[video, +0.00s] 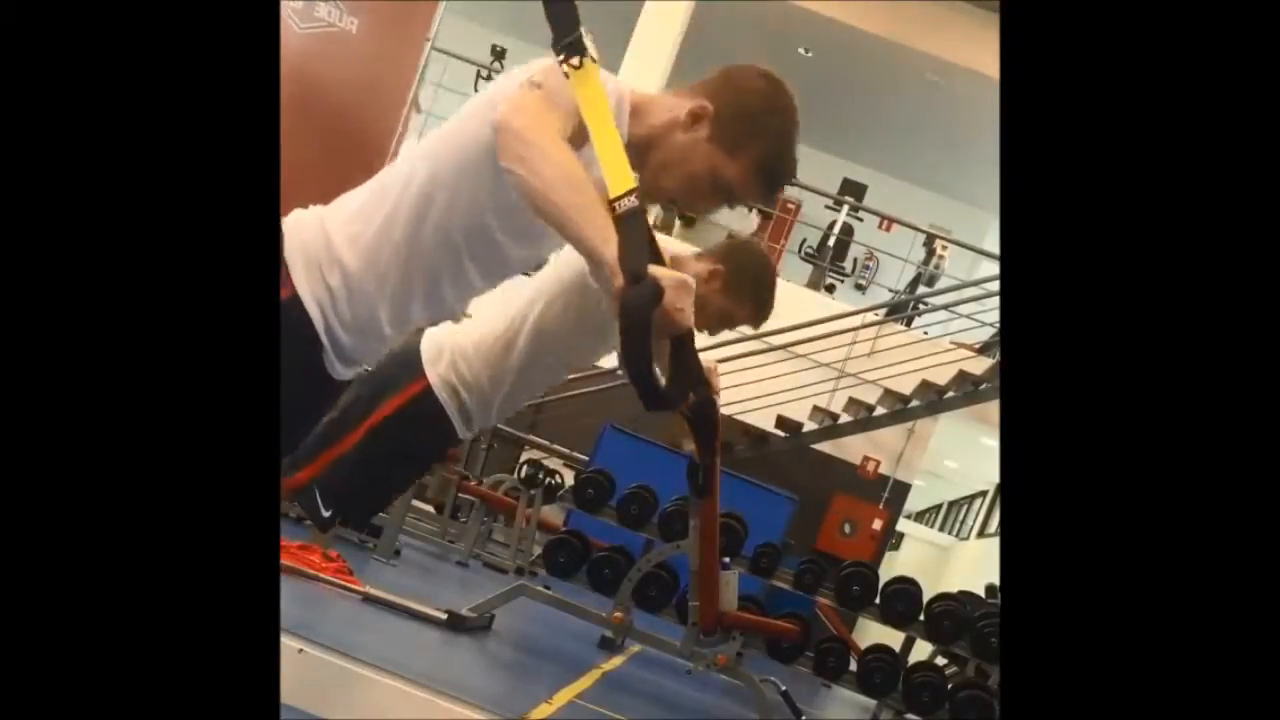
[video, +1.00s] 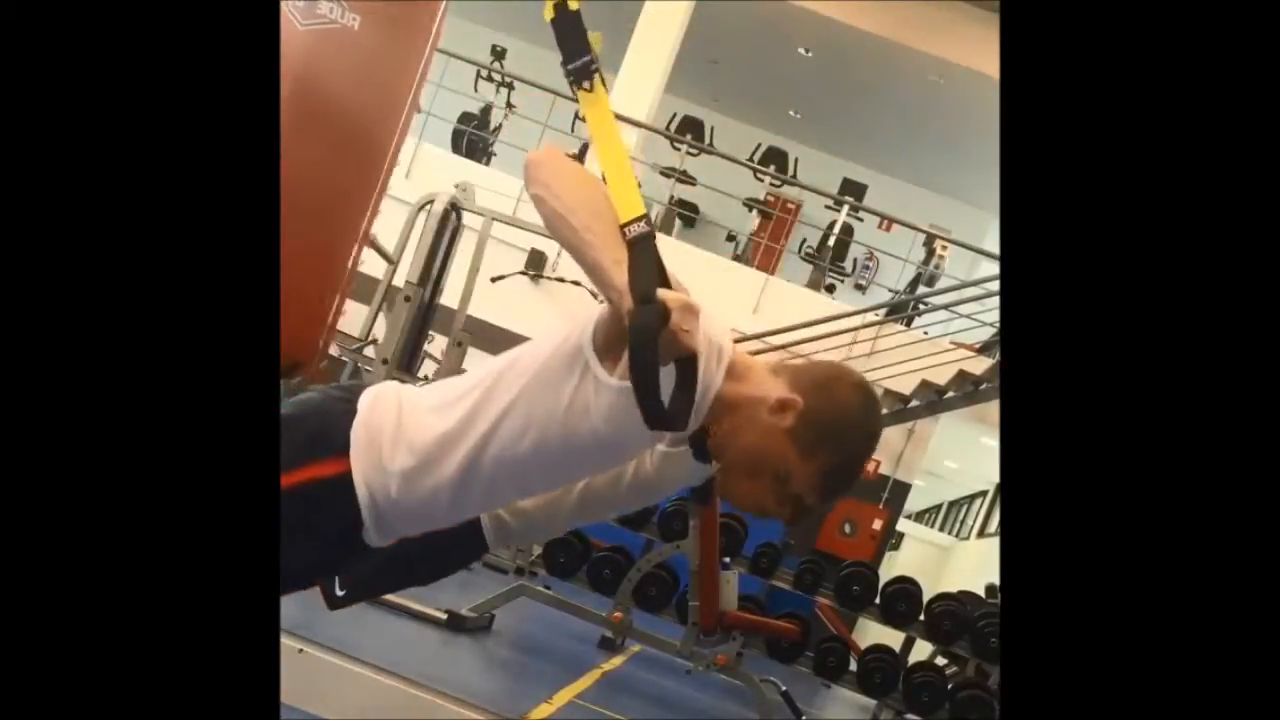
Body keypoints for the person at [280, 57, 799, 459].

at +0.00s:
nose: (704, 208)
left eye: (722, 203)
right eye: (718, 189)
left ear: (696, 120)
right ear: (697, 121)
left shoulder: (615, 174)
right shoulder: (582, 84)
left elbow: (634, 266)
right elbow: (522, 141)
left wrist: (683, 352)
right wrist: (628, 271)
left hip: (341, 357)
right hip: (297, 298)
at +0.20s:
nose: (723, 277)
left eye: (744, 273)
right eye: (740, 259)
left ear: (726, 186)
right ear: (728, 190)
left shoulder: (652, 238)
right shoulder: (630, 149)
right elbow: (521, 117)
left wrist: (673, 356)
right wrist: (636, 271)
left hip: (355, 397)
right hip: (311, 333)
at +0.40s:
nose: (740, 341)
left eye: (759, 343)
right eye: (757, 327)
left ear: (751, 253)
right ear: (754, 257)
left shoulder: (658, 276)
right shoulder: (651, 212)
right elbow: (533, 122)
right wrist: (654, 274)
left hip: (361, 429)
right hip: (325, 376)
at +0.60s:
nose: (746, 404)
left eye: (766, 405)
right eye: (768, 392)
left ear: (774, 325)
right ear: (774, 330)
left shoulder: (683, 344)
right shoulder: (659, 251)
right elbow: (538, 130)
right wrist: (628, 266)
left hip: (365, 467)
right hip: (332, 414)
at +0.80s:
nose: (754, 484)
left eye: (774, 482)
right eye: (776, 467)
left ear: (779, 381)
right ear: (781, 388)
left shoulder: (701, 426)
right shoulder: (675, 304)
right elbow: (536, 153)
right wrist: (626, 286)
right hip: (345, 452)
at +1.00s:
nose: (760, 505)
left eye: (781, 504)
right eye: (779, 487)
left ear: (780, 407)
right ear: (779, 412)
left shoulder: (711, 440)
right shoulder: (683, 343)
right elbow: (547, 168)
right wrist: (638, 295)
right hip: (347, 470)